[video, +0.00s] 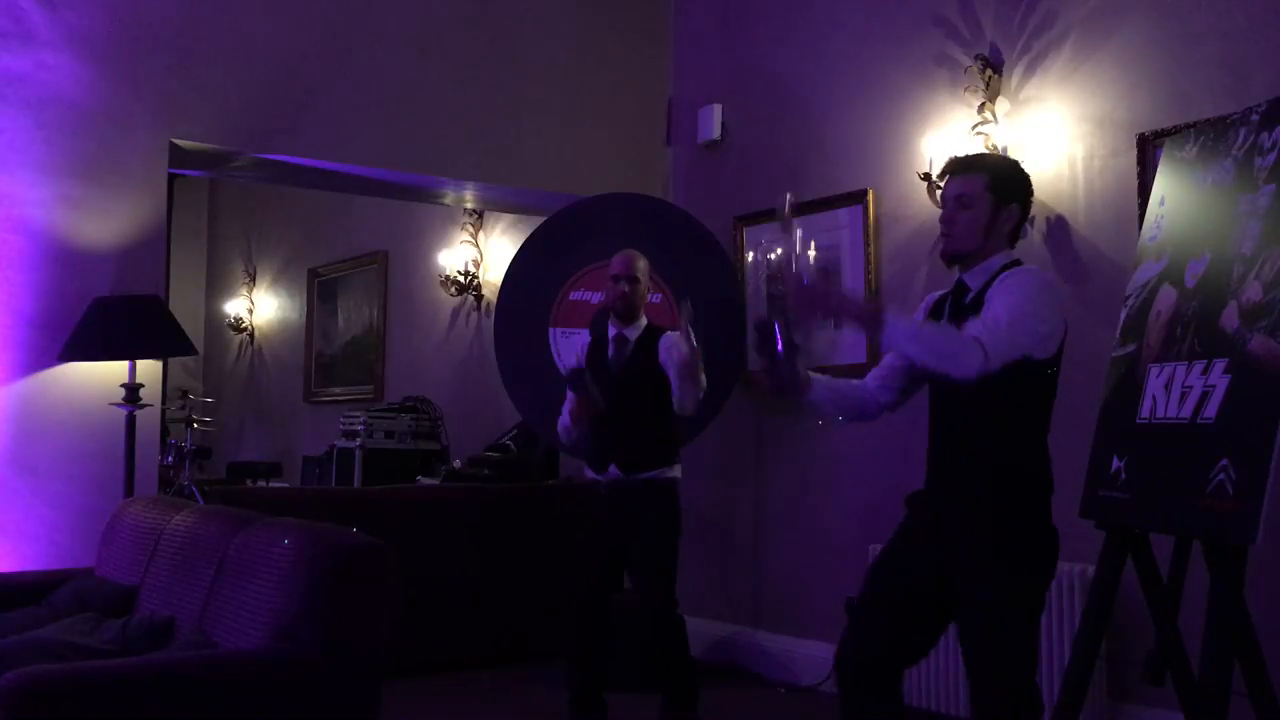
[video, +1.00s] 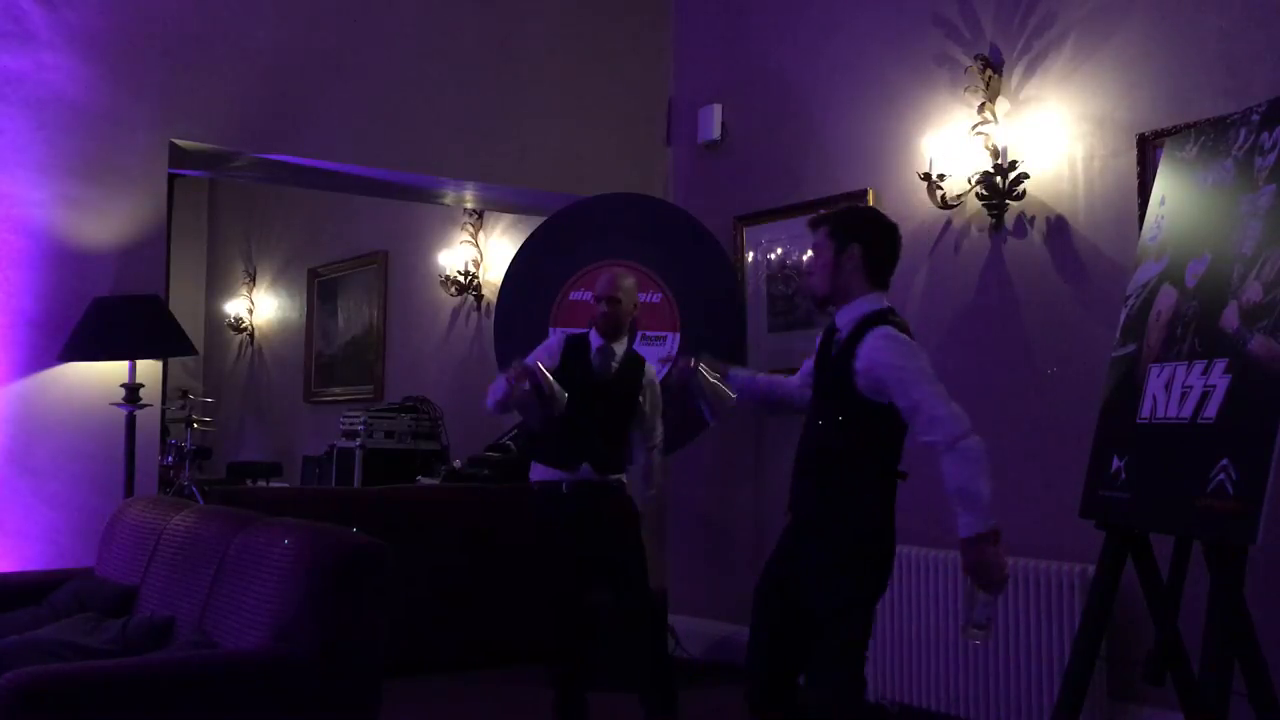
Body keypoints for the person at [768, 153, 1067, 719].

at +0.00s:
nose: (944, 216)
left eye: (961, 204)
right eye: (944, 203)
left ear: (1007, 217)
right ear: (940, 211)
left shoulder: (1032, 292)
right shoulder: (939, 307)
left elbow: (971, 357)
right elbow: (879, 393)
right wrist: (800, 383)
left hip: (1007, 523)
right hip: (941, 516)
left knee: (1001, 693)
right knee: (864, 662)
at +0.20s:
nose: (941, 204)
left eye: (960, 194)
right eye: (943, 193)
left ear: (1003, 212)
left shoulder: (1025, 284)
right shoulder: (924, 296)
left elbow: (1013, 352)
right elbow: (885, 382)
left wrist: (917, 320)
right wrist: (855, 431)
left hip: (984, 509)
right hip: (911, 503)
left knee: (996, 690)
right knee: (838, 679)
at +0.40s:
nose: (922, 213)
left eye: (939, 203)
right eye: (926, 202)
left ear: (982, 220)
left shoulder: (1020, 309)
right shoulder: (884, 289)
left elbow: (1101, 408)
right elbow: (842, 385)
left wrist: (1028, 467)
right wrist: (847, 450)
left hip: (954, 522)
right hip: (869, 515)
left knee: (982, 699)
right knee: (813, 682)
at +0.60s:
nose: (896, 244)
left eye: (914, 236)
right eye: (899, 233)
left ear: (957, 254)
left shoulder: (989, 347)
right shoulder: (860, 304)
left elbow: (979, 424)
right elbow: (818, 398)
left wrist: (920, 430)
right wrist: (826, 483)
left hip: (924, 529)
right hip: (844, 514)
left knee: (962, 689)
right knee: (804, 685)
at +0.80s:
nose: (843, 267)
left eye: (856, 257)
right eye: (845, 256)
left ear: (898, 268)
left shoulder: (942, 362)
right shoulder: (824, 328)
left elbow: (980, 457)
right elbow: (784, 410)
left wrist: (947, 525)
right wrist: (736, 476)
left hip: (882, 541)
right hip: (808, 530)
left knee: (898, 694)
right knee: (769, 681)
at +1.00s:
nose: (807, 262)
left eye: (817, 251)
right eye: (810, 251)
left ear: (850, 258)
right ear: (853, 261)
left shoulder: (881, 343)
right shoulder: (840, 334)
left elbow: (955, 436)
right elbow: (799, 391)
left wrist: (978, 535)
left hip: (848, 542)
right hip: (815, 531)